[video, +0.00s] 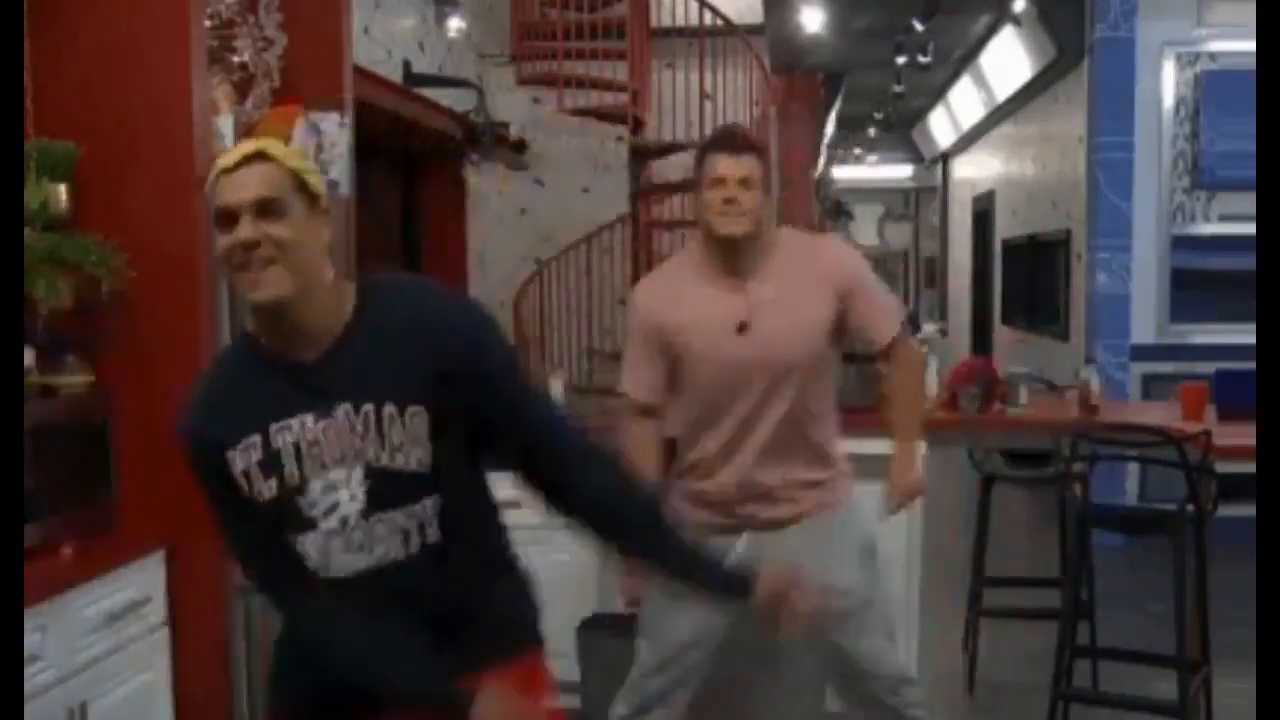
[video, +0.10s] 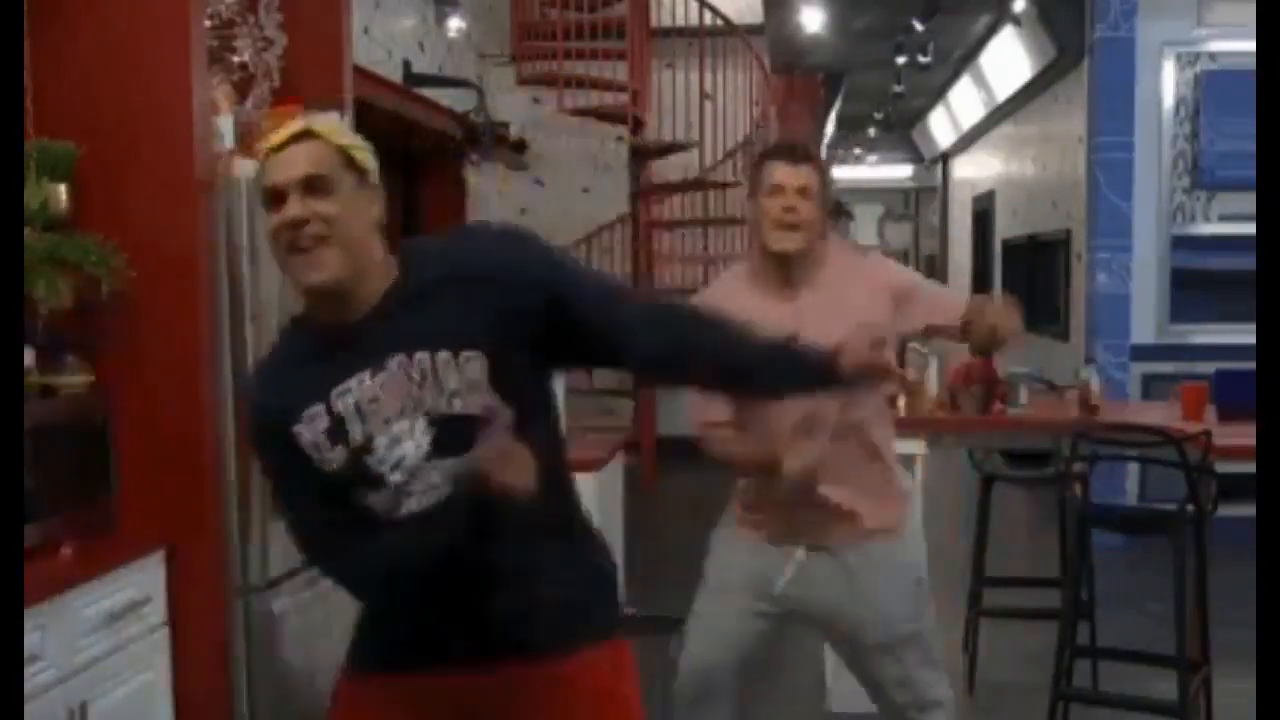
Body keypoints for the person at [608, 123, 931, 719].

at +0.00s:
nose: (731, 196)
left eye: (746, 184)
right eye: (717, 184)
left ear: (767, 195)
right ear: (697, 198)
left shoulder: (828, 263)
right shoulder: (657, 295)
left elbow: (901, 348)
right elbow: (641, 417)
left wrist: (906, 455)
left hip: (817, 512)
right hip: (701, 518)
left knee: (880, 679)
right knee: (655, 689)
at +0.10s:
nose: (789, 207)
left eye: (804, 194)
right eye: (775, 193)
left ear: (825, 210)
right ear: (753, 206)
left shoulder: (874, 280)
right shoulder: (721, 301)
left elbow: (973, 314)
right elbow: (711, 433)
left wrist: (993, 321)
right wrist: (775, 458)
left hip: (865, 532)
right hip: (757, 530)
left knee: (917, 699)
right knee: (700, 683)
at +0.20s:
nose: (811, 206)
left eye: (826, 195)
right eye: (796, 193)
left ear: (844, 216)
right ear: (771, 209)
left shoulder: (885, 281)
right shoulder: (734, 301)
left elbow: (986, 331)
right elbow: (742, 442)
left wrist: (1003, 280)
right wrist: (806, 412)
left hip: (888, 542)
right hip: (776, 538)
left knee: (921, 702)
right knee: (731, 692)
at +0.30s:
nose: (844, 204)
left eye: (857, 195)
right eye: (830, 191)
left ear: (869, 210)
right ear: (799, 202)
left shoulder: (902, 277)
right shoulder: (747, 287)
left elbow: (997, 319)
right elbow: (734, 408)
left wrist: (1010, 272)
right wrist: (845, 375)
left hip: (910, 509)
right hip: (803, 521)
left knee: (957, 676)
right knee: (795, 685)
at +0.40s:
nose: (849, 219)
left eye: (863, 209)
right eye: (835, 206)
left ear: (876, 225)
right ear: (805, 219)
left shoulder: (908, 291)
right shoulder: (753, 300)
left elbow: (1003, 339)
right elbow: (741, 424)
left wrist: (1016, 306)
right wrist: (847, 404)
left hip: (907, 513)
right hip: (804, 522)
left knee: (955, 677)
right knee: (805, 688)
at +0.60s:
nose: (803, 213)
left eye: (816, 199)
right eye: (788, 205)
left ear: (842, 210)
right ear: (771, 222)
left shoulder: (894, 297)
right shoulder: (736, 309)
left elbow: (931, 411)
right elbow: (719, 442)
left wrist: (1009, 490)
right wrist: (781, 526)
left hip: (877, 542)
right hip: (758, 536)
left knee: (933, 701)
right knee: (706, 684)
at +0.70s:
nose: (780, 191)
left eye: (793, 177)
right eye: (765, 182)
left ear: (820, 187)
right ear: (749, 200)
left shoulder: (875, 278)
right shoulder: (712, 289)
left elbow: (905, 391)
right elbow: (675, 406)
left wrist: (925, 501)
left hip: (861, 528)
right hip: (740, 526)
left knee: (923, 694)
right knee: (656, 672)